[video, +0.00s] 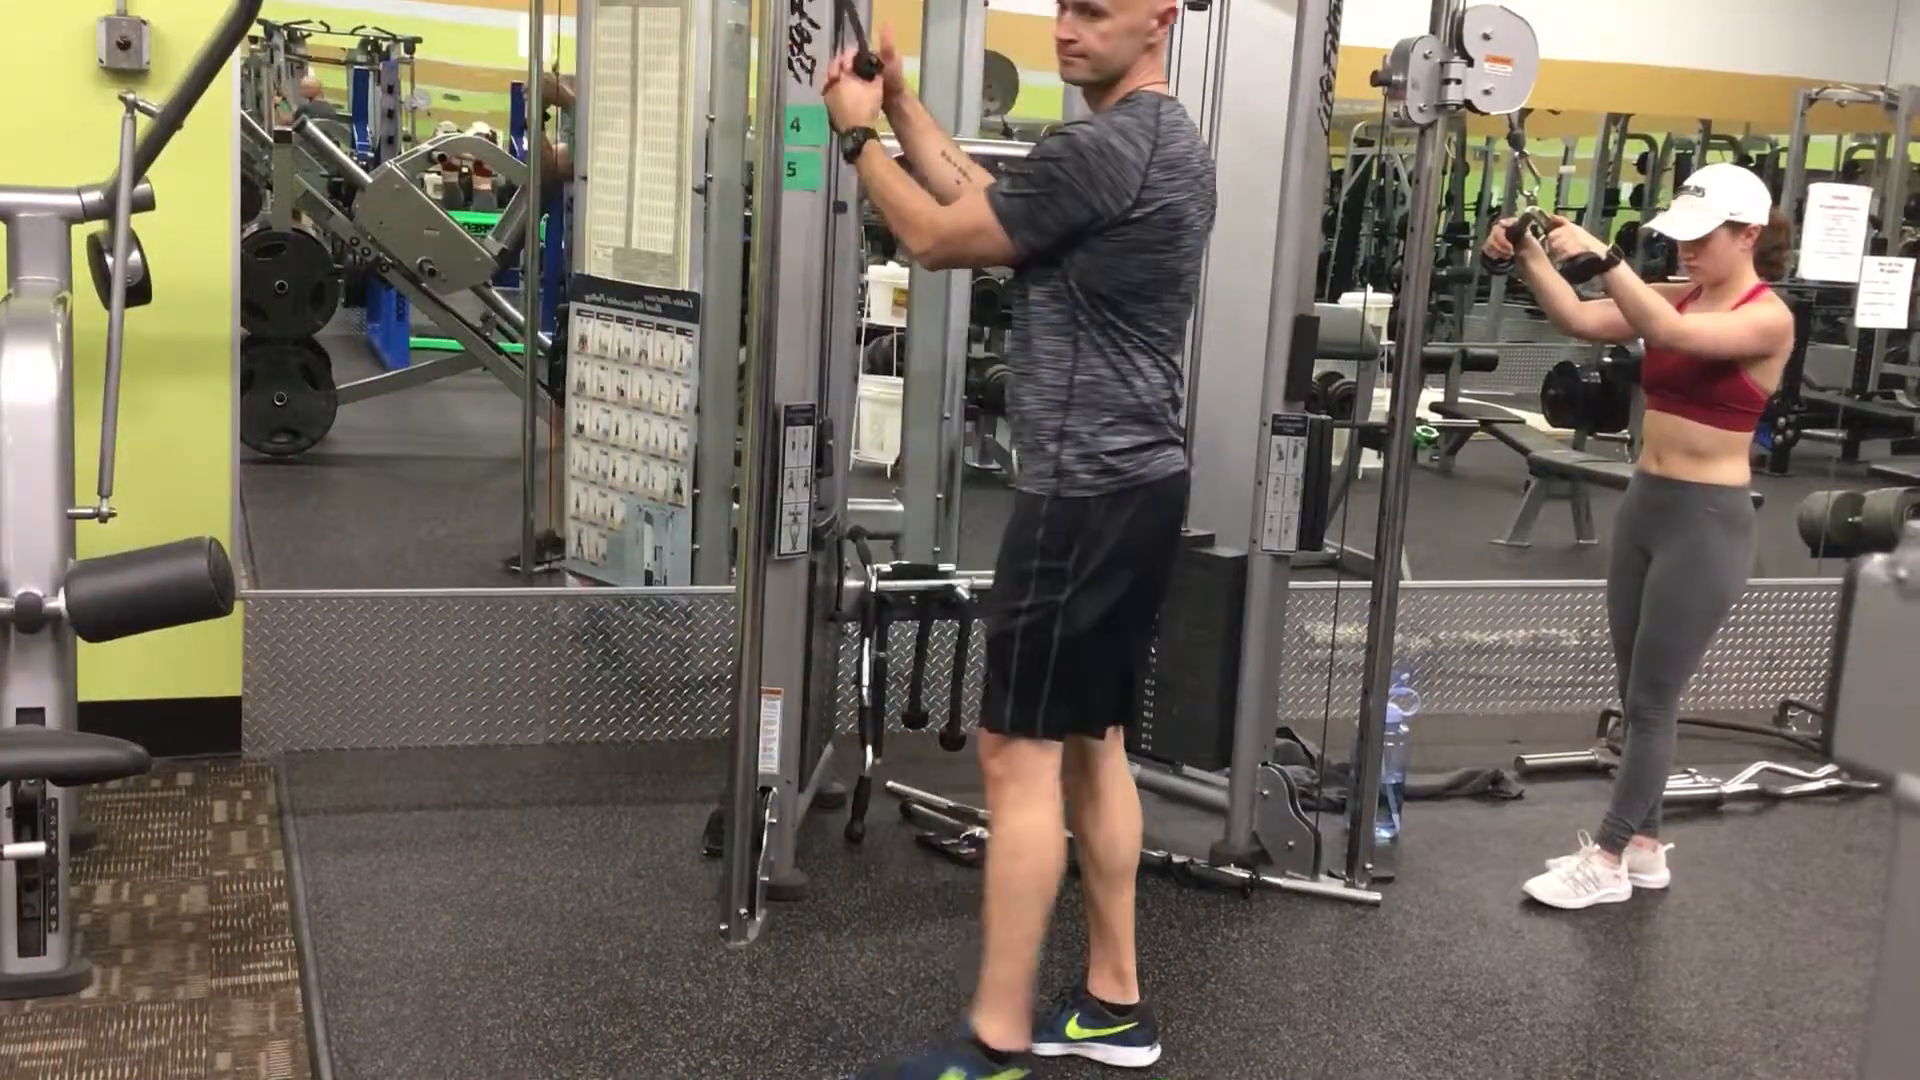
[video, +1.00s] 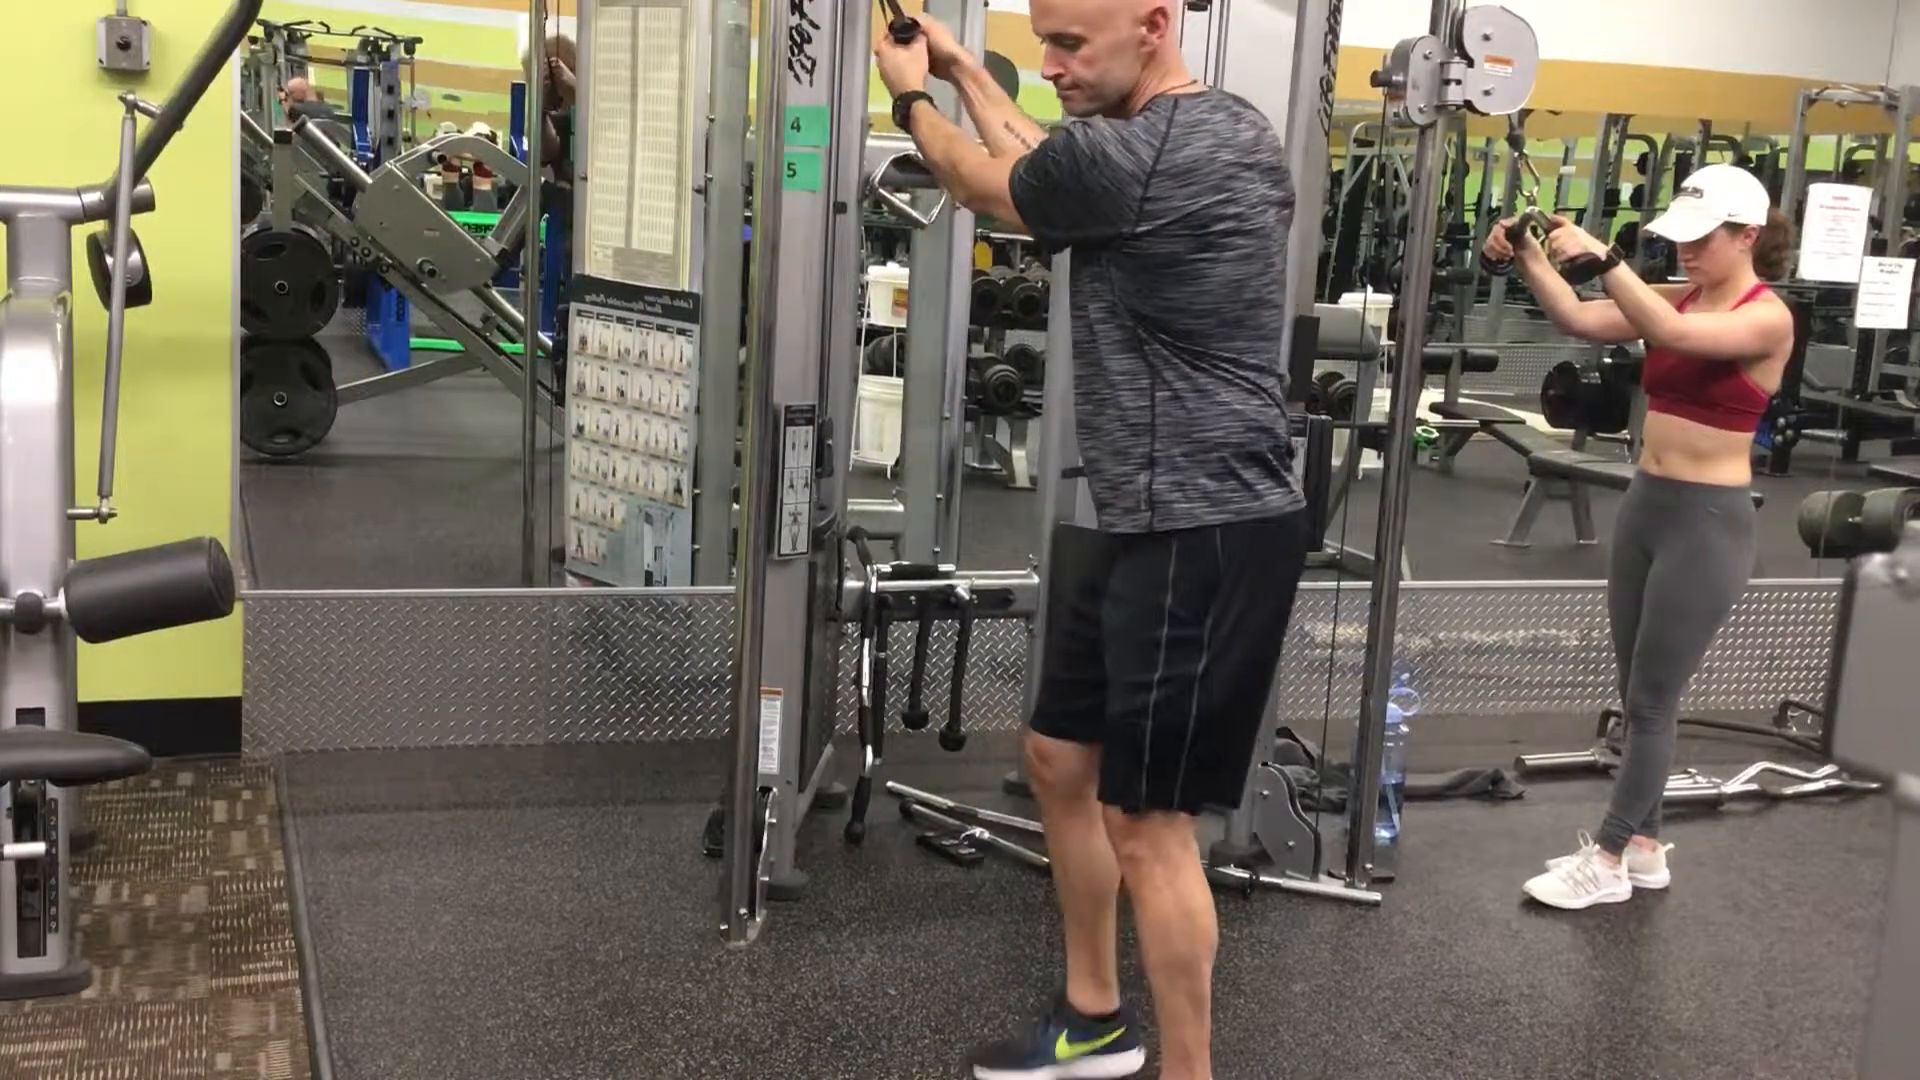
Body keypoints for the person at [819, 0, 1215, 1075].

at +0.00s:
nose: (1066, 23)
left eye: (1094, 10)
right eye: (1063, 6)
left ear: (1161, 21)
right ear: (1062, 13)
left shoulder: (1112, 145)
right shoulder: (1164, 137)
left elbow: (936, 238)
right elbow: (992, 210)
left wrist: (858, 131)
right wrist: (903, 111)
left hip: (1082, 488)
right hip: (1133, 481)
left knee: (1016, 753)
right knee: (1095, 744)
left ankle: (995, 1039)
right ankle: (1112, 1003)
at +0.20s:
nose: (1080, 26)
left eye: (1106, 12)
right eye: (1076, 8)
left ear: (1171, 22)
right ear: (1074, 14)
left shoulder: (1125, 145)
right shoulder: (1171, 135)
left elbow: (949, 237)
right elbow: (1005, 217)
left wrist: (882, 127)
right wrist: (924, 116)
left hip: (1104, 491)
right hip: (1140, 484)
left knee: (1063, 759)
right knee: (1095, 751)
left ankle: (1130, 1036)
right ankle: (1107, 1000)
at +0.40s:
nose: (1078, 37)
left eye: (1103, 19)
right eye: (1073, 19)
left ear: (1171, 22)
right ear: (1073, 23)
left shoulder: (1147, 146)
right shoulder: (1164, 134)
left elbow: (962, 238)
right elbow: (1010, 223)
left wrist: (885, 134)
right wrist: (936, 119)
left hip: (1129, 497)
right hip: (1115, 489)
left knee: (1112, 773)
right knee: (1088, 757)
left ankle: (1178, 1053)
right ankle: (1111, 1005)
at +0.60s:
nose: (1072, 50)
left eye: (1095, 29)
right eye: (1067, 30)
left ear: (1169, 26)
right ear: (1153, 36)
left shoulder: (1137, 158)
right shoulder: (1195, 142)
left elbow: (970, 224)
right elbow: (1026, 216)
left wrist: (900, 123)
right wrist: (949, 111)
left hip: (1143, 512)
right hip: (1134, 504)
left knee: (1124, 792)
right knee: (1095, 773)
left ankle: (1183, 1060)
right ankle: (1111, 1006)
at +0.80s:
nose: (1068, 60)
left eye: (1089, 37)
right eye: (1062, 38)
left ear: (1170, 27)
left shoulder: (1138, 161)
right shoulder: (1218, 142)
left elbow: (989, 204)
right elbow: (1035, 188)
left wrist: (920, 105)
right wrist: (958, 97)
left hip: (1170, 524)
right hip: (1127, 512)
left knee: (1131, 811)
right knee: (1074, 754)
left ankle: (1187, 1070)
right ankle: (1105, 1003)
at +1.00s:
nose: (1052, 67)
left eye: (1070, 43)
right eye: (1043, 45)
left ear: (1153, 26)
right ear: (1146, 33)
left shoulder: (1138, 157)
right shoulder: (1229, 128)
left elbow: (987, 189)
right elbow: (1069, 175)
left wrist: (915, 93)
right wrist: (968, 67)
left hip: (1201, 528)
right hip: (1135, 516)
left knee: (1147, 819)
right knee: (1061, 759)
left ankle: (1189, 1067)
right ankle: (1093, 1017)